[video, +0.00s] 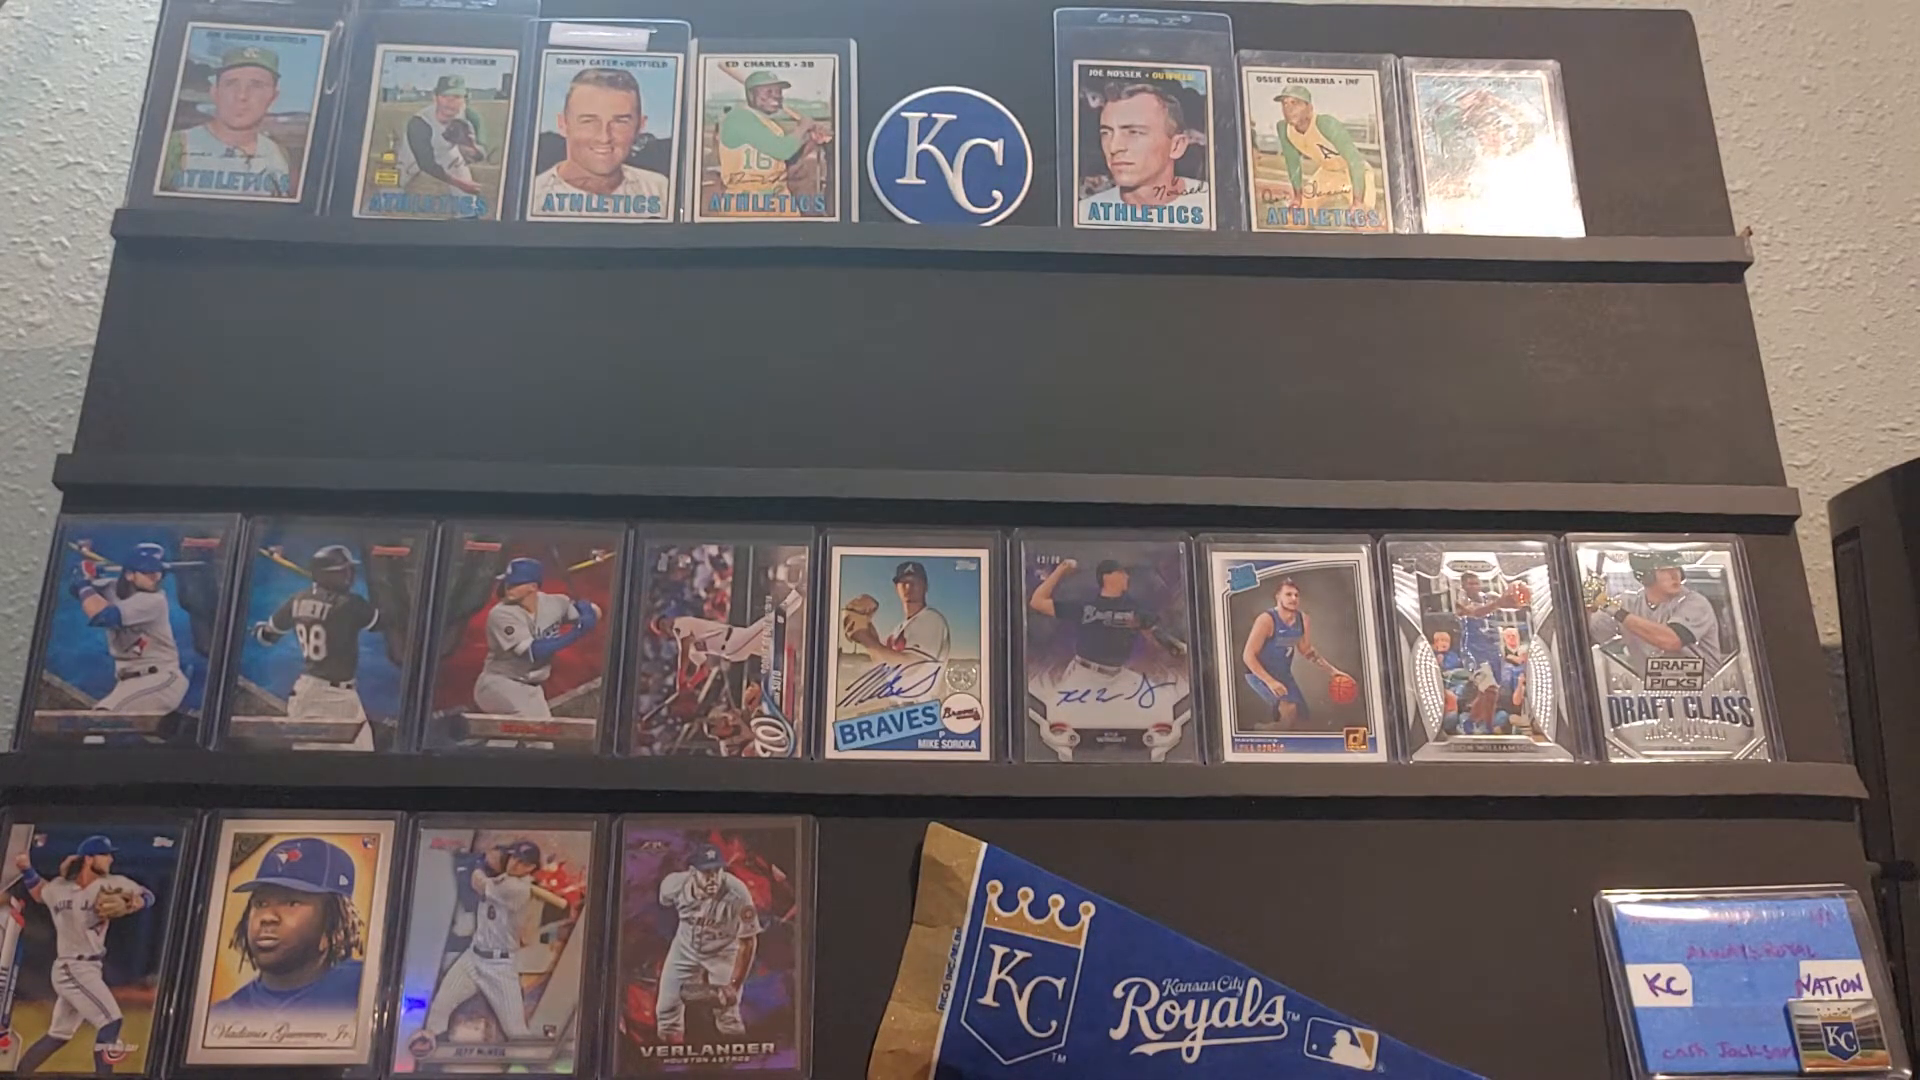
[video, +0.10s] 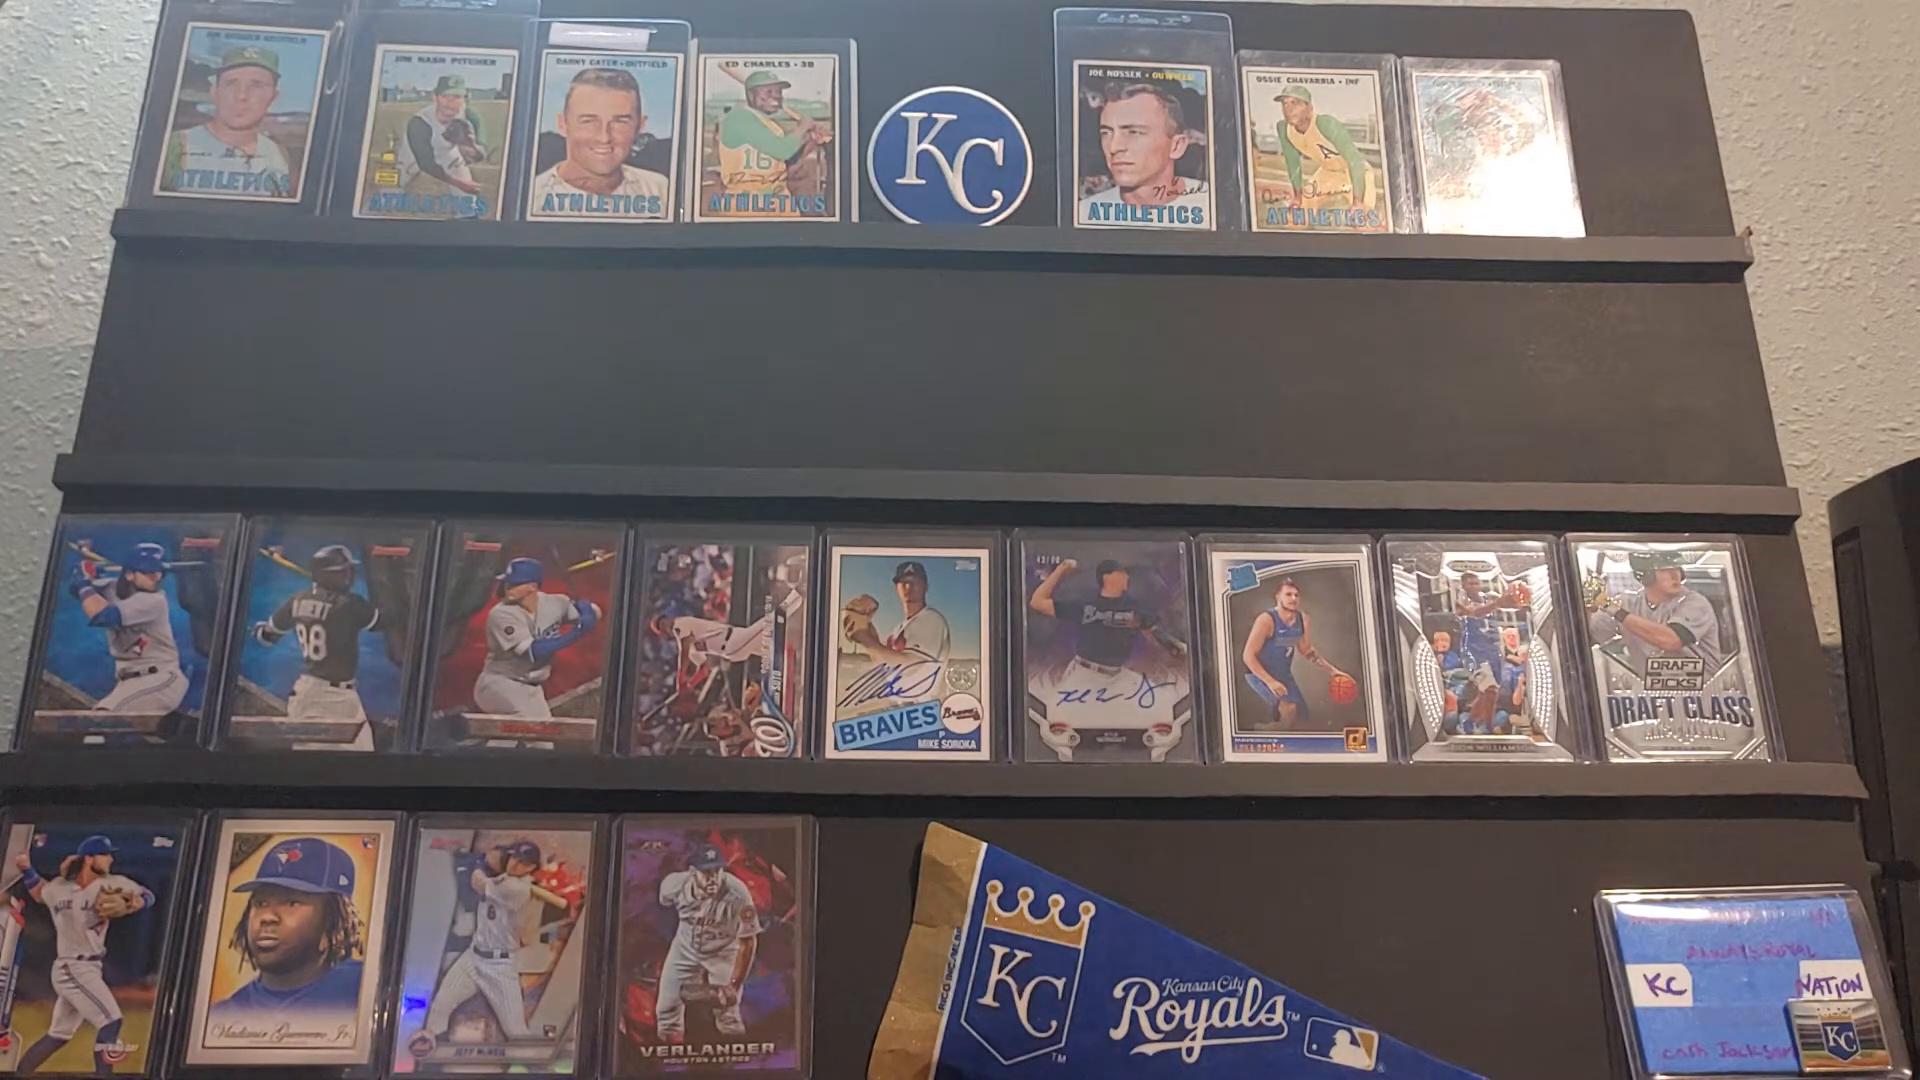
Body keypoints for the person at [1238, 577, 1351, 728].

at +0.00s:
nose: (1293, 599)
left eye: (1296, 595)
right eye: (1288, 595)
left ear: (1299, 598)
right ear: (1278, 597)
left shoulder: (1302, 619)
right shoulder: (1266, 620)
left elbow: (1306, 650)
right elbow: (1248, 656)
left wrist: (1334, 672)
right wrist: (1270, 682)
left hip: (1283, 673)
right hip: (1260, 673)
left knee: (1302, 715)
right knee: (1289, 707)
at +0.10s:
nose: (1293, 599)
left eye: (1296, 595)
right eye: (1288, 595)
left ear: (1299, 598)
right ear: (1278, 597)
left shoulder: (1302, 619)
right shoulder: (1266, 620)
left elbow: (1306, 650)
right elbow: (1248, 656)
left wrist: (1333, 672)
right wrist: (1270, 682)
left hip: (1283, 673)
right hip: (1260, 673)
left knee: (1302, 715)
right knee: (1289, 707)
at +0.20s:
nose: (1293, 599)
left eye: (1296, 595)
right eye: (1288, 595)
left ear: (1299, 598)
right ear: (1278, 597)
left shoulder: (1302, 619)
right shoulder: (1266, 620)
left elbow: (1306, 650)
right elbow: (1248, 656)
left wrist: (1333, 672)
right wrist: (1270, 682)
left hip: (1283, 673)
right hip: (1260, 673)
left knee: (1302, 715)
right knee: (1289, 707)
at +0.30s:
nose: (1293, 599)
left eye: (1296, 595)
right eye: (1288, 595)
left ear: (1299, 598)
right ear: (1278, 597)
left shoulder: (1302, 619)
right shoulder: (1266, 620)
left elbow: (1306, 650)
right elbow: (1248, 656)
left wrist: (1333, 671)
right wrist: (1270, 682)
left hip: (1283, 673)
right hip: (1260, 673)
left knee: (1302, 716)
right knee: (1289, 707)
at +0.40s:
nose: (1293, 599)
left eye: (1296, 595)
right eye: (1288, 595)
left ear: (1299, 598)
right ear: (1278, 597)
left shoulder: (1302, 619)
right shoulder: (1266, 620)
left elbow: (1306, 650)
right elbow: (1248, 656)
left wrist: (1333, 672)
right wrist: (1270, 682)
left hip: (1283, 673)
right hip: (1260, 673)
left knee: (1302, 715)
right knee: (1289, 707)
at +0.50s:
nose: (1293, 599)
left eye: (1296, 595)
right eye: (1288, 595)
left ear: (1299, 598)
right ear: (1278, 597)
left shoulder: (1302, 619)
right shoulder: (1266, 620)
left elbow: (1306, 650)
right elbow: (1248, 656)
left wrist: (1333, 672)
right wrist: (1270, 682)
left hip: (1283, 673)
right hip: (1260, 673)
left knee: (1302, 715)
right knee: (1289, 707)